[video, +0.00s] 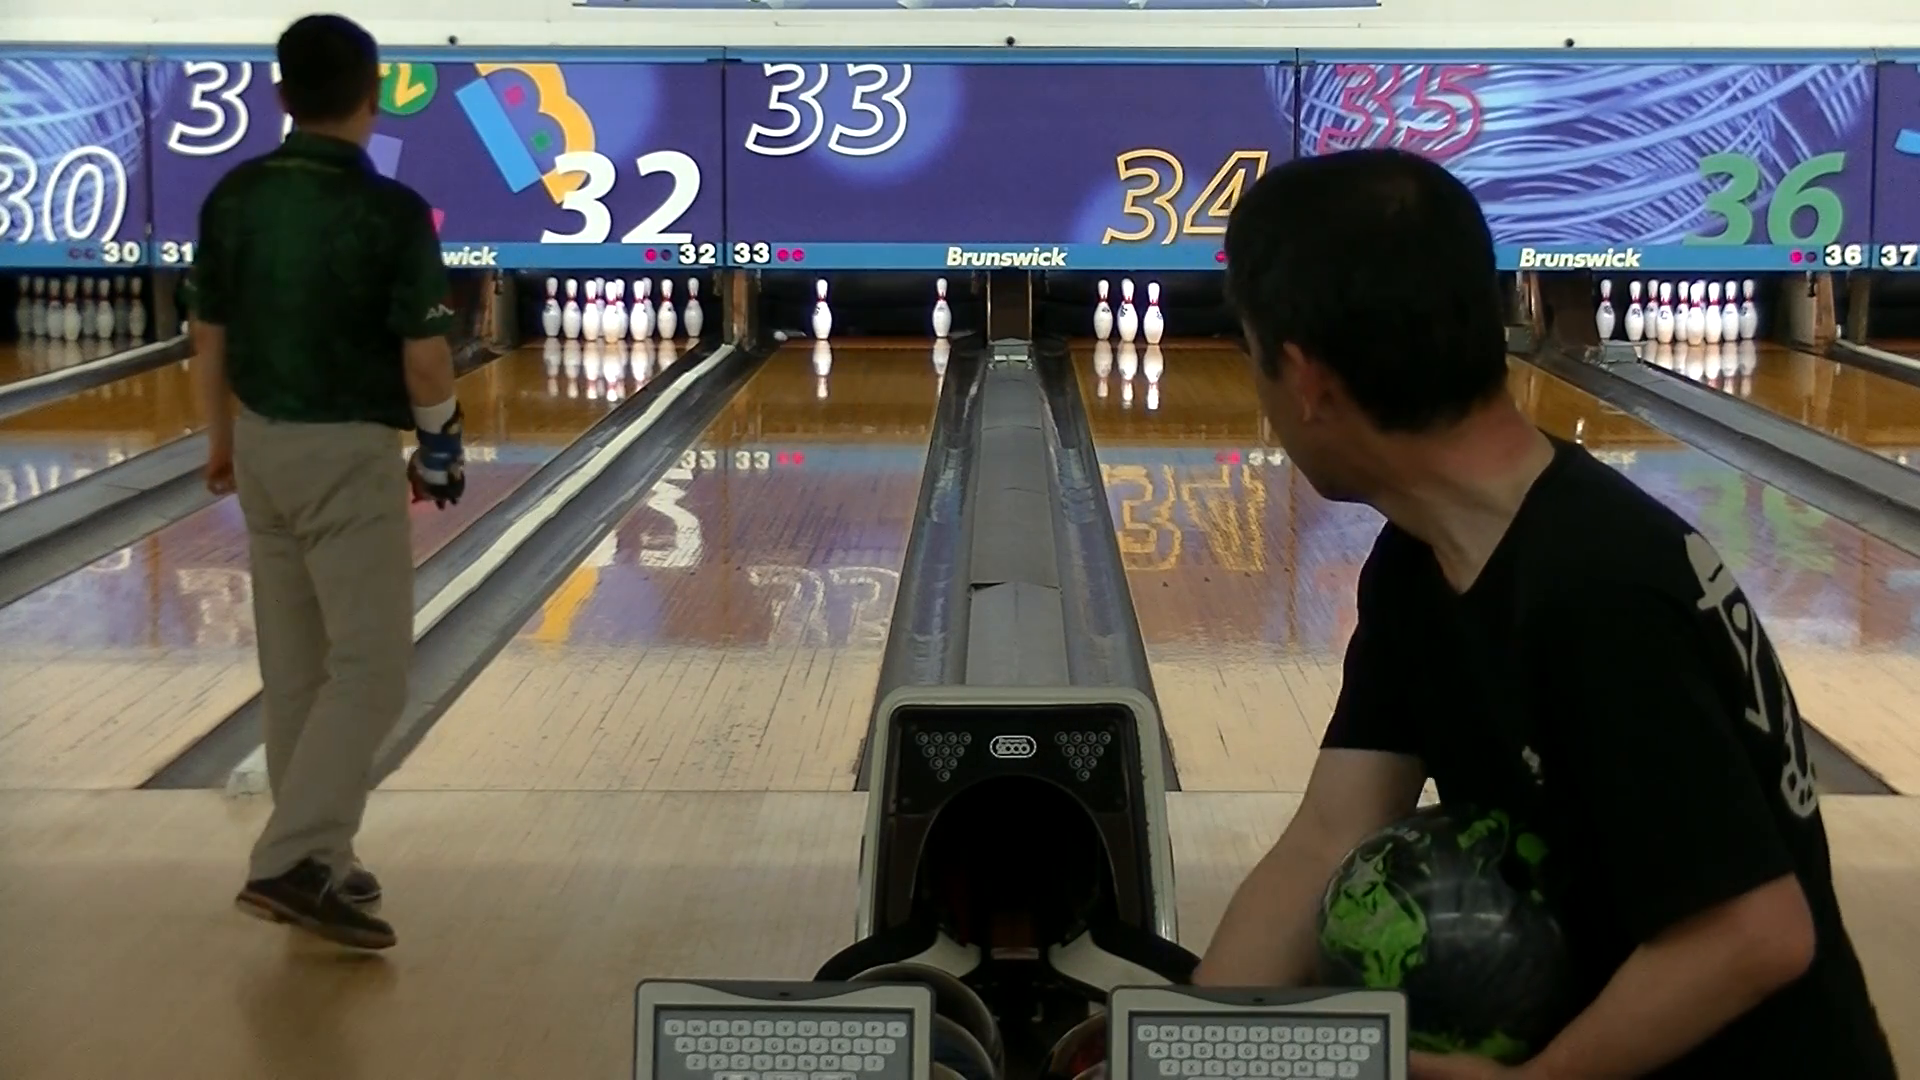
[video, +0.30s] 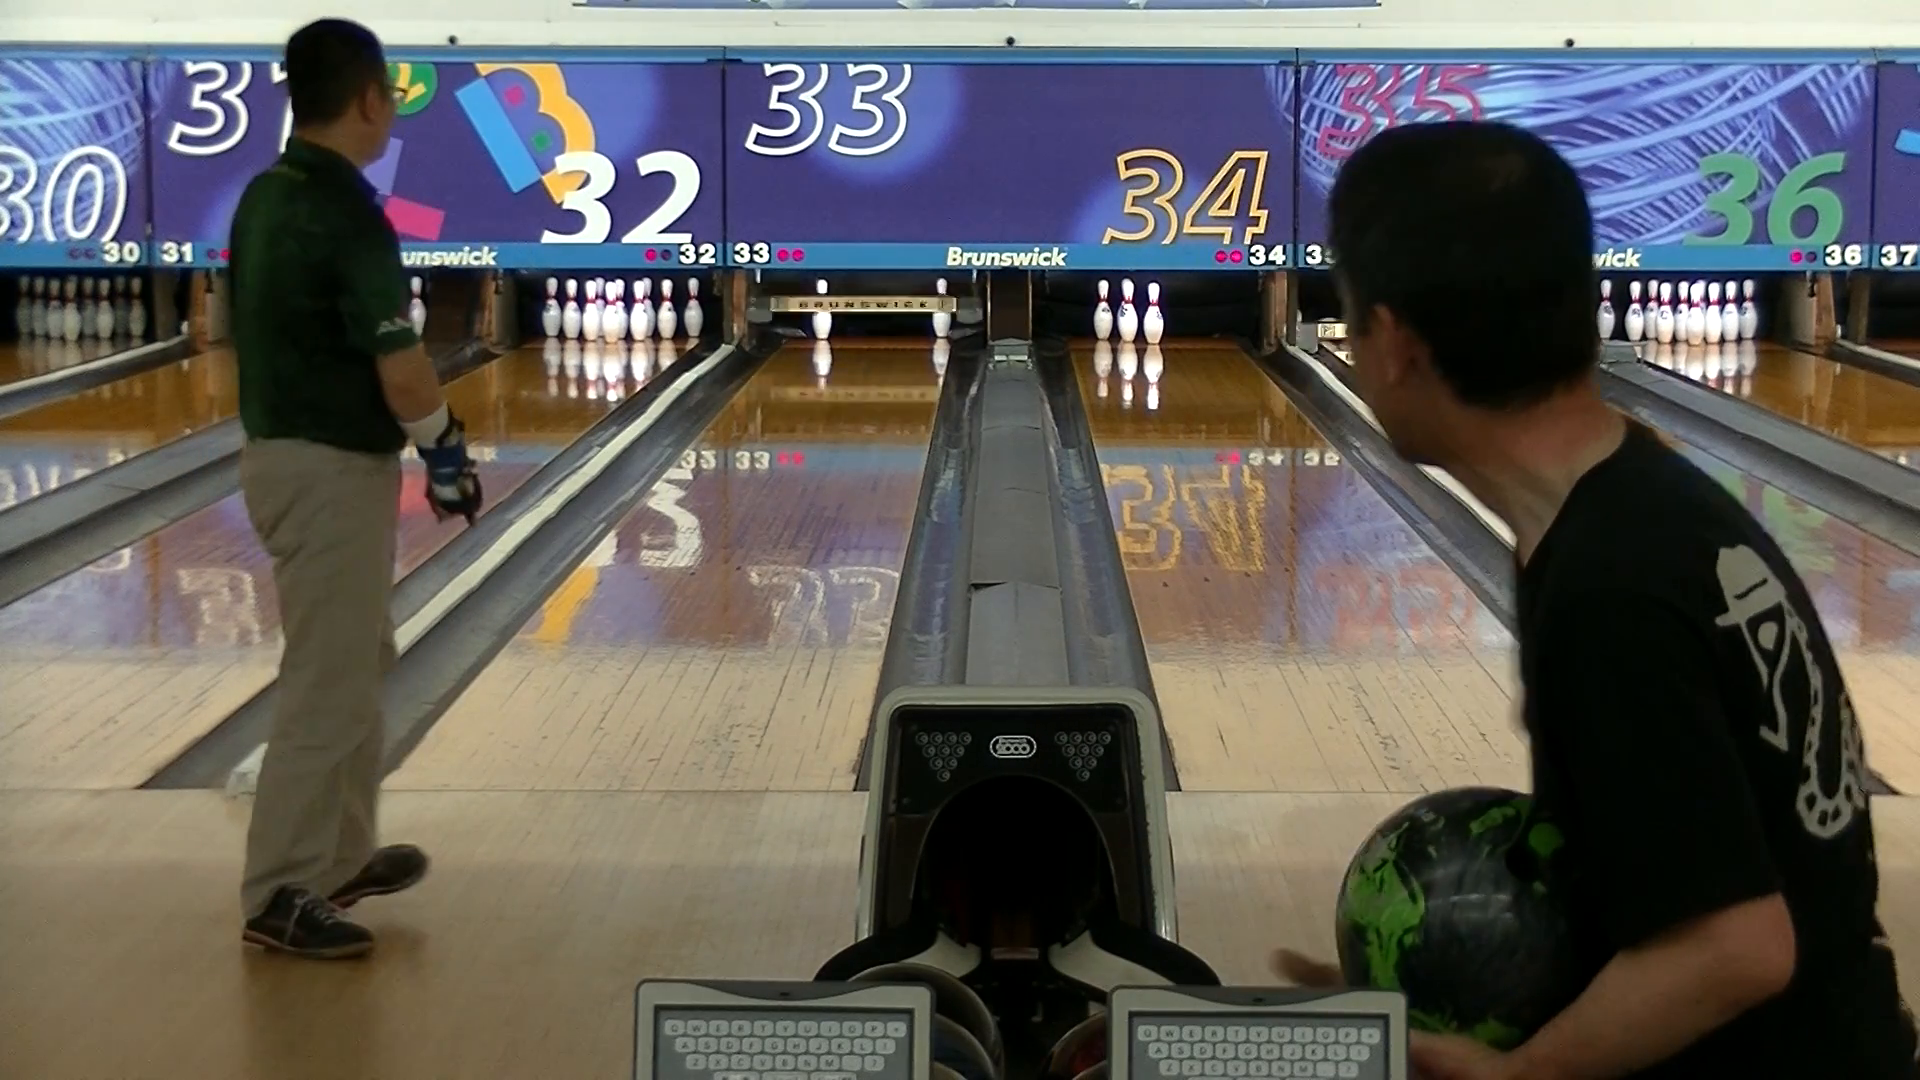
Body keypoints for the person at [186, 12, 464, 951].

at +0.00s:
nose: (381, 99)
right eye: (378, 86)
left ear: (284, 94)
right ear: (372, 93)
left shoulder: (232, 196)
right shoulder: (392, 211)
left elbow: (209, 336)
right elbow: (422, 354)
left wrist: (219, 438)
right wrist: (441, 435)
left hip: (260, 449)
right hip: (350, 452)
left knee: (292, 667)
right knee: (371, 666)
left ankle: (324, 872)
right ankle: (291, 859)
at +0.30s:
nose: (394, 108)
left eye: (388, 92)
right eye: (389, 92)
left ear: (304, 102)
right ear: (368, 99)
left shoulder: (264, 197)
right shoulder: (350, 214)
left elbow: (240, 336)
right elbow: (404, 371)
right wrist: (444, 447)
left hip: (288, 460)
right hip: (334, 468)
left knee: (360, 661)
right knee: (329, 676)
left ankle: (342, 852)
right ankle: (280, 894)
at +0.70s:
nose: (425, 177)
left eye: (434, 161)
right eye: (414, 157)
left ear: (432, 149)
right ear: (356, 132)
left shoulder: (417, 220)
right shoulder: (272, 227)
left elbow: (448, 344)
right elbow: (244, 359)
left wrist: (483, 461)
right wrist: (240, 448)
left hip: (418, 495)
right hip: (310, 505)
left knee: (448, 707)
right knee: (300, 716)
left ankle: (462, 914)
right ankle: (283, 892)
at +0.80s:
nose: (429, 194)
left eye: (442, 178)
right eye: (415, 174)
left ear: (454, 160)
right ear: (361, 142)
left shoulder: (452, 236)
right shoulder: (276, 237)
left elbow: (488, 363)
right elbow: (214, 359)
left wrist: (533, 477)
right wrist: (173, 456)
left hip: (435, 510)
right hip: (317, 520)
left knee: (448, 726)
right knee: (308, 718)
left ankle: (445, 934)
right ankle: (287, 886)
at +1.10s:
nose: (418, 210)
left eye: (440, 194)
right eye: (402, 191)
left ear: (469, 165)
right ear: (362, 148)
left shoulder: (503, 232)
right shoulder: (285, 231)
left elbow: (547, 375)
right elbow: (233, 361)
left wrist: (576, 505)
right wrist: (193, 482)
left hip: (461, 522)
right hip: (332, 526)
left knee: (464, 753)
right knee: (346, 742)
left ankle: (446, 949)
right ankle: (366, 926)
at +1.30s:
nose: (364, 232)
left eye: (389, 219)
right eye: (352, 209)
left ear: (433, 194)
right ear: (329, 171)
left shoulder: (488, 254)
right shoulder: (270, 252)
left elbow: (536, 398)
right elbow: (262, 384)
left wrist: (536, 527)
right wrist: (282, 471)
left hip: (460, 550)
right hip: (327, 552)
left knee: (461, 770)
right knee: (339, 781)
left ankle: (448, 954)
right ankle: (351, 996)